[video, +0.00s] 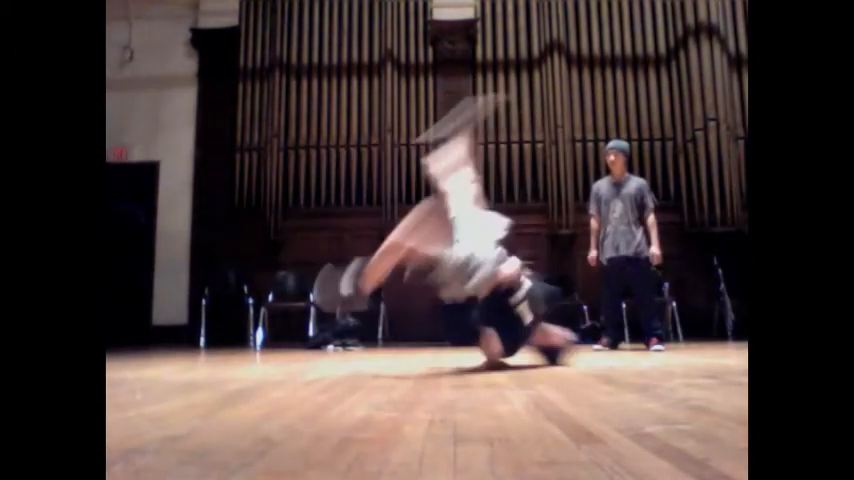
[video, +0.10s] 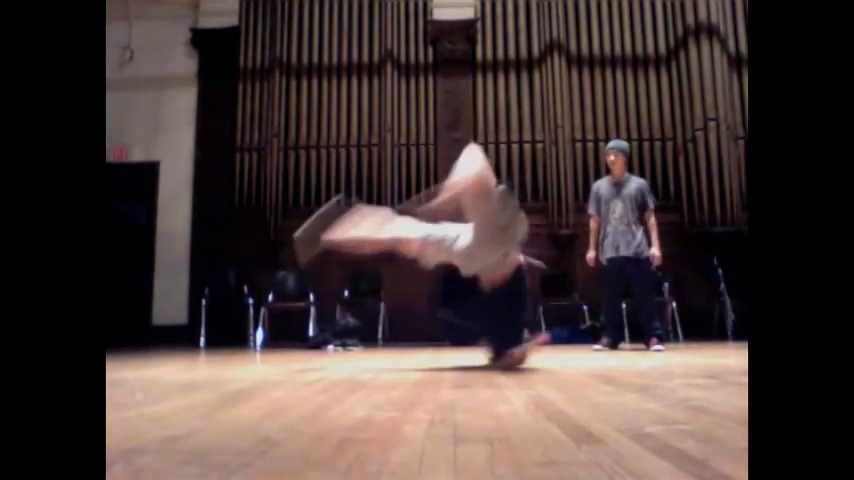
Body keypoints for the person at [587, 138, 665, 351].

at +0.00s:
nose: (612, 159)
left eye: (616, 155)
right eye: (609, 155)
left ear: (625, 158)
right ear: (606, 159)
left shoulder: (639, 185)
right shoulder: (598, 187)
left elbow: (649, 215)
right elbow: (594, 219)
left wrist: (655, 245)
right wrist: (593, 247)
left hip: (636, 251)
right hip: (610, 252)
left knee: (645, 297)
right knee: (610, 299)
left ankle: (653, 336)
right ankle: (609, 337)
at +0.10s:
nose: (612, 159)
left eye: (616, 155)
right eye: (609, 155)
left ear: (625, 158)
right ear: (606, 159)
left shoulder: (639, 185)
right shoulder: (598, 187)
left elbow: (650, 216)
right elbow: (594, 219)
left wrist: (655, 245)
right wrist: (592, 248)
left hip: (636, 250)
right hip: (610, 252)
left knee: (645, 297)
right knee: (610, 299)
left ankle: (653, 336)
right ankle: (609, 337)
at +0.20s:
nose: (612, 159)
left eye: (616, 155)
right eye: (609, 155)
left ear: (625, 158)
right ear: (606, 159)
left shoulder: (639, 185)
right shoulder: (598, 187)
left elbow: (650, 216)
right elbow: (594, 219)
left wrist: (655, 245)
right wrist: (592, 248)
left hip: (636, 250)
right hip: (610, 252)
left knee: (645, 297)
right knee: (610, 298)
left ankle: (653, 336)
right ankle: (609, 337)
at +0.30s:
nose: (612, 159)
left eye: (616, 154)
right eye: (609, 155)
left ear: (625, 158)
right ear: (606, 159)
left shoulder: (639, 185)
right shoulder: (598, 187)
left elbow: (649, 217)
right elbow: (594, 219)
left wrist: (652, 245)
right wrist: (593, 246)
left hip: (636, 250)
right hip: (610, 251)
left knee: (645, 297)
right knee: (610, 298)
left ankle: (653, 336)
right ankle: (610, 337)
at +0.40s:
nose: (611, 159)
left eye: (616, 155)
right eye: (609, 155)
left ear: (625, 157)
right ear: (606, 159)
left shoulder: (639, 185)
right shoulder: (598, 187)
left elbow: (649, 216)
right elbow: (594, 218)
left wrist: (652, 245)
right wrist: (594, 244)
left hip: (635, 250)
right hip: (610, 250)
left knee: (645, 297)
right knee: (610, 298)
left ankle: (653, 336)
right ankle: (610, 337)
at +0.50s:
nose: (611, 159)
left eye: (616, 155)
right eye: (609, 155)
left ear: (625, 157)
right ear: (606, 159)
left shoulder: (639, 185)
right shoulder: (598, 187)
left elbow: (648, 216)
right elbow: (594, 218)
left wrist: (651, 245)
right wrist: (595, 244)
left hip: (635, 250)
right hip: (610, 251)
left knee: (644, 296)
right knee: (610, 297)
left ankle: (653, 337)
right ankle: (609, 337)